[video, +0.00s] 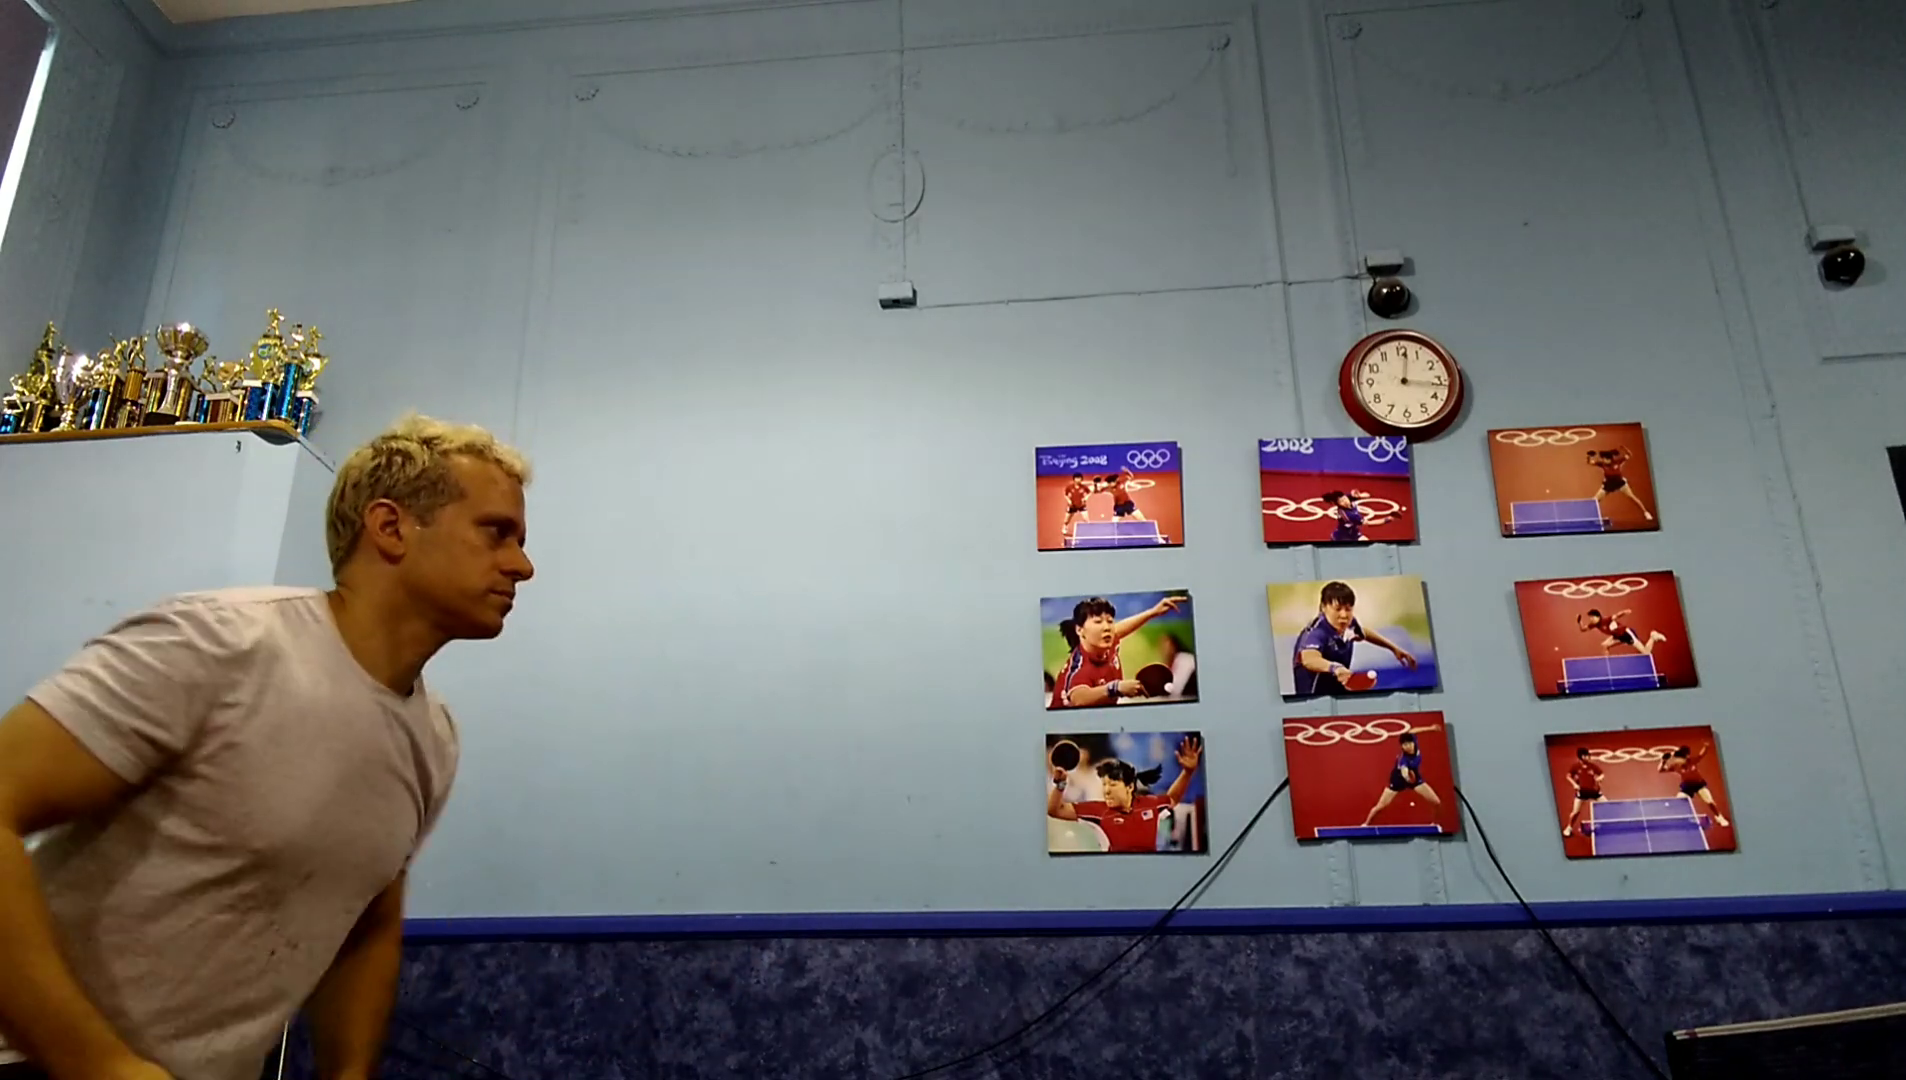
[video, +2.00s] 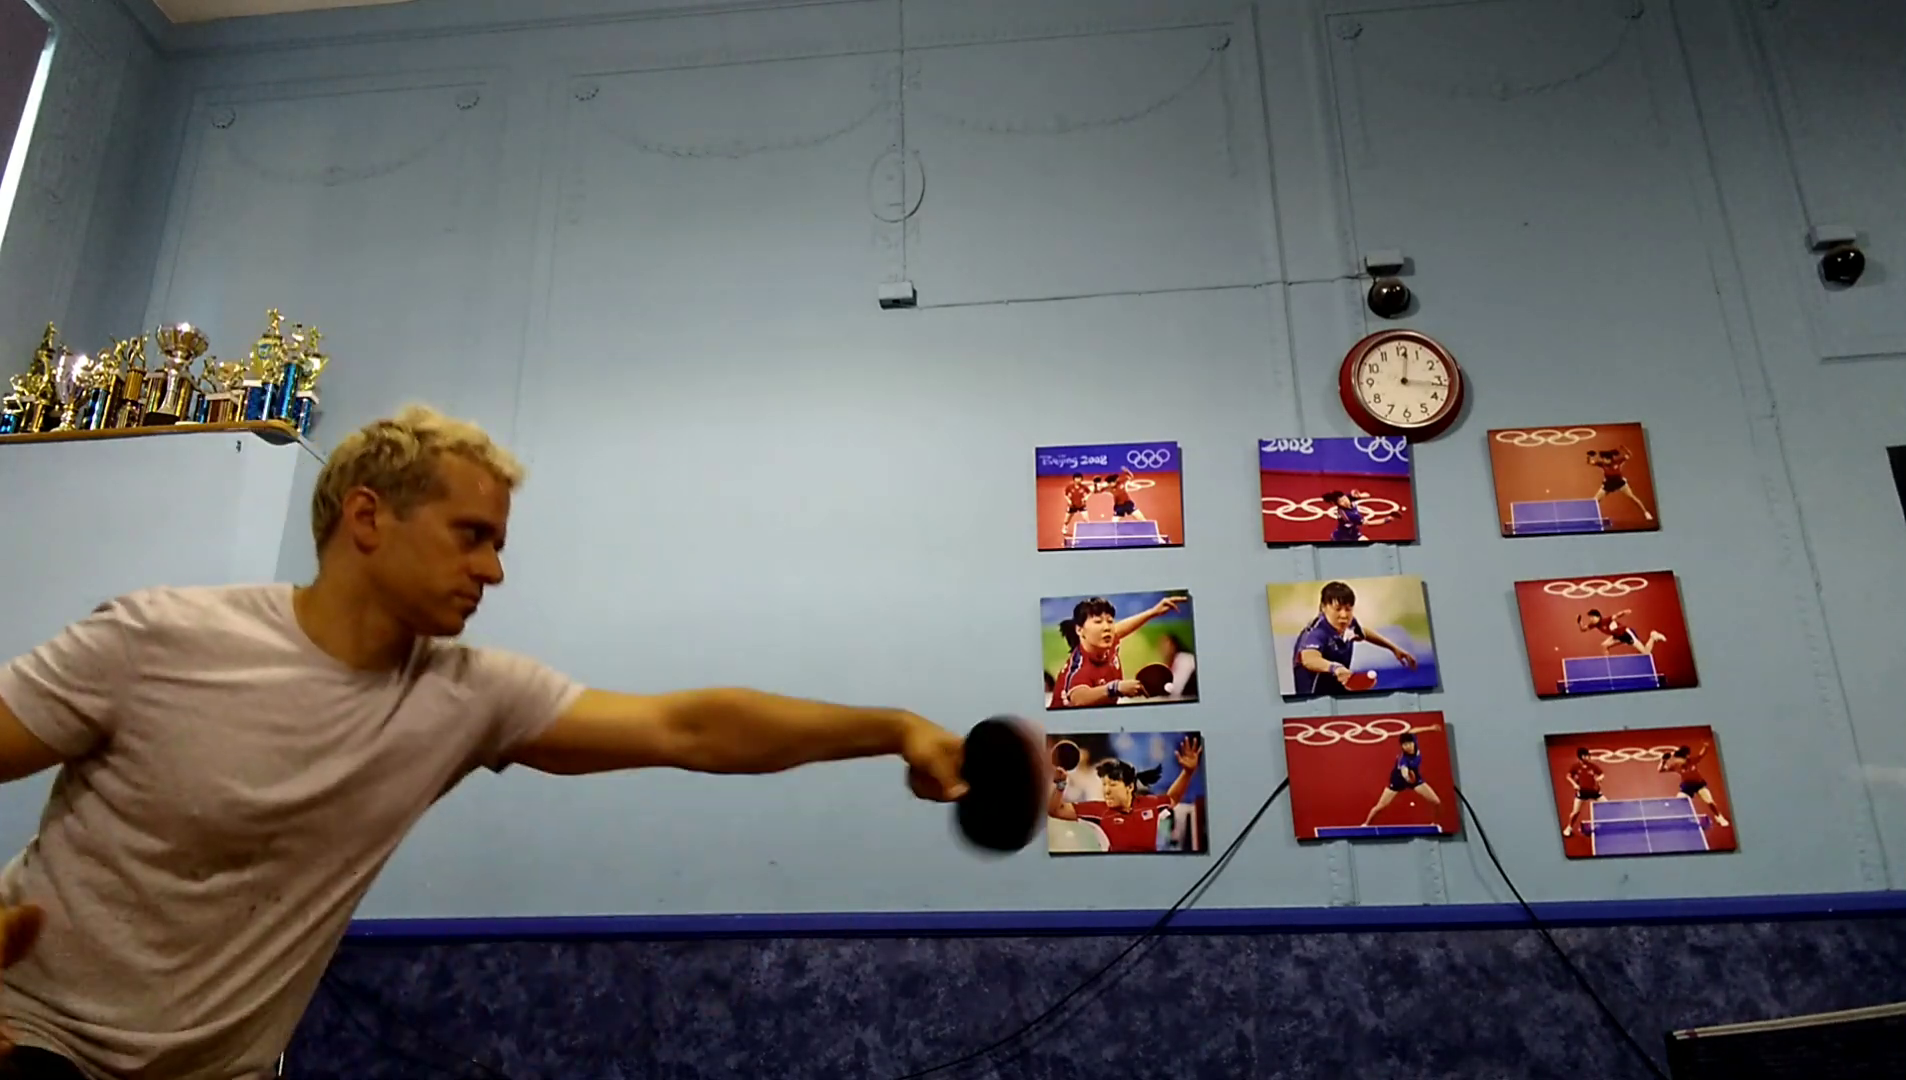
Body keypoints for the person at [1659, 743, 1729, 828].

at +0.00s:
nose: (1685, 759)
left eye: (1686, 757)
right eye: (1683, 757)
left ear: (1687, 756)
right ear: (1679, 757)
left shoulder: (1692, 760)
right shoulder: (1676, 766)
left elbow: (1701, 755)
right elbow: (1661, 770)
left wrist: (1705, 747)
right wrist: (1663, 760)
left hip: (1699, 784)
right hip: (1686, 786)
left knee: (1710, 802)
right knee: (1678, 803)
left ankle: (1719, 817)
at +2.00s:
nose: (1686, 758)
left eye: (1687, 756)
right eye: (1683, 757)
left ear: (1687, 755)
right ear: (1680, 756)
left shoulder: (1692, 760)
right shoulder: (1676, 765)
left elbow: (1701, 755)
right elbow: (1661, 770)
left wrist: (1705, 747)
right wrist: (1663, 760)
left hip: (1699, 784)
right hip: (1686, 786)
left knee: (1710, 802)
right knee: (1678, 803)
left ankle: (1719, 817)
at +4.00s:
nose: (1679, 762)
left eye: (1681, 760)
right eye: (1677, 760)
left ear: (1686, 757)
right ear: (1676, 759)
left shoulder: (1693, 761)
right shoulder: (1676, 766)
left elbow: (1701, 755)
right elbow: (1660, 771)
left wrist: (1705, 747)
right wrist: (1663, 761)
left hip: (1699, 784)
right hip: (1686, 785)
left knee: (1710, 802)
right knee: (1679, 802)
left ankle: (1718, 816)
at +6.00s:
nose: (1678, 762)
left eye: (1680, 760)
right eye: (1677, 760)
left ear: (1686, 757)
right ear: (1676, 759)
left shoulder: (1693, 761)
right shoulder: (1676, 766)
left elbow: (1701, 755)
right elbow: (1661, 771)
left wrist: (1705, 747)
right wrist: (1663, 761)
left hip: (1699, 784)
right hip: (1686, 786)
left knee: (1710, 802)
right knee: (1679, 802)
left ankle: (1718, 816)